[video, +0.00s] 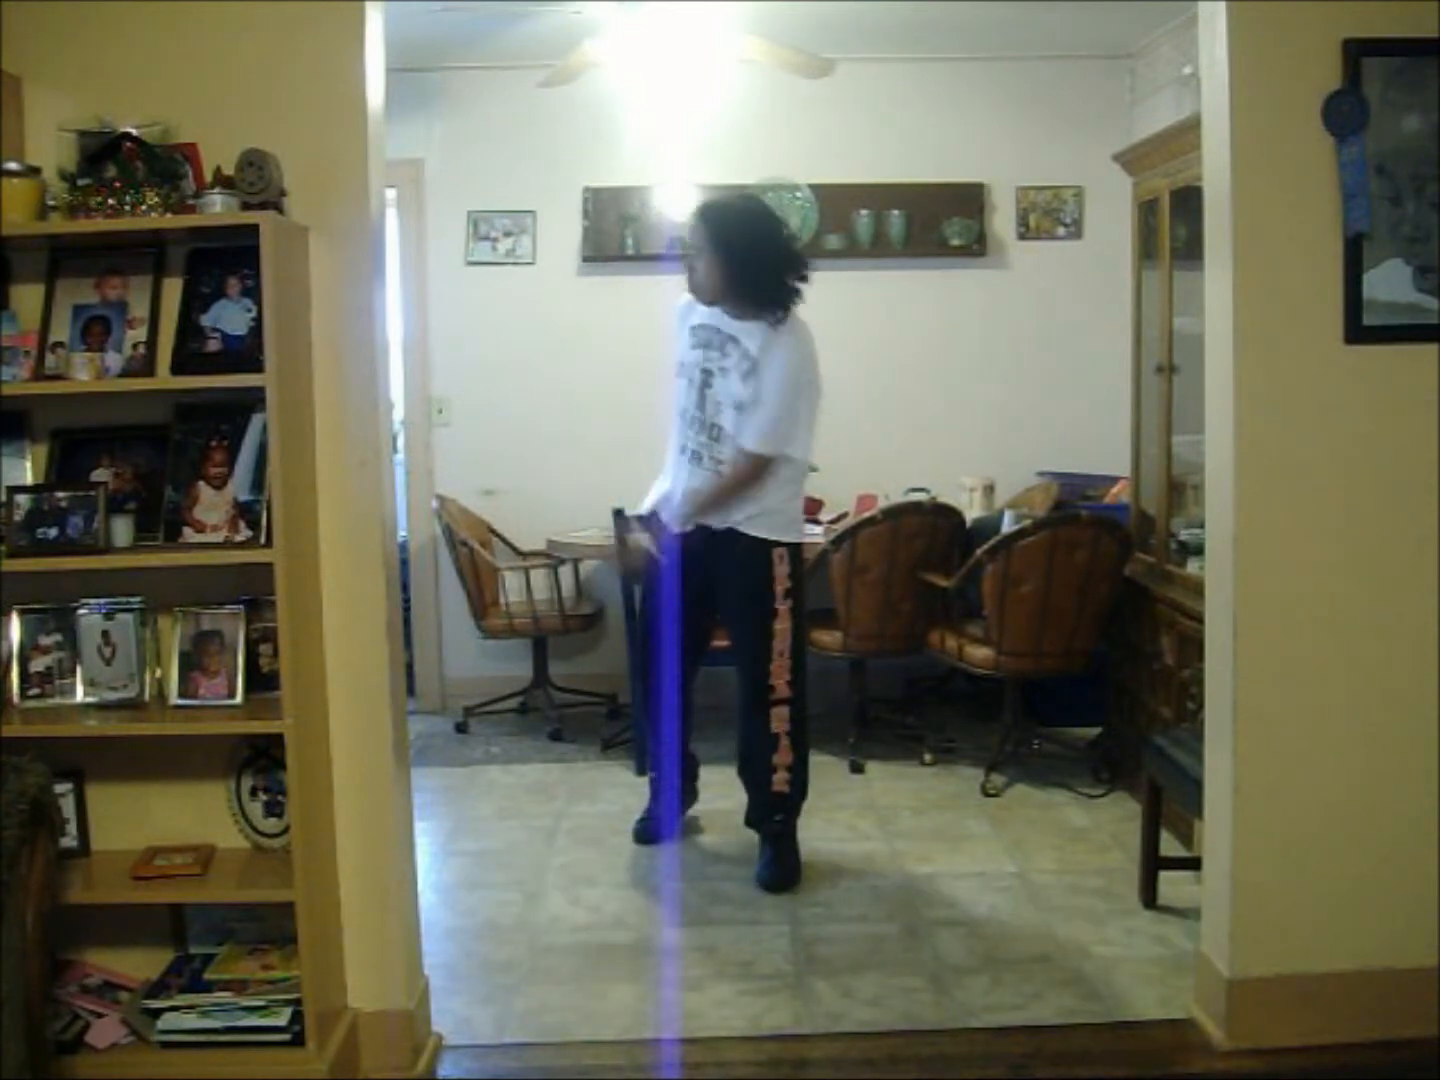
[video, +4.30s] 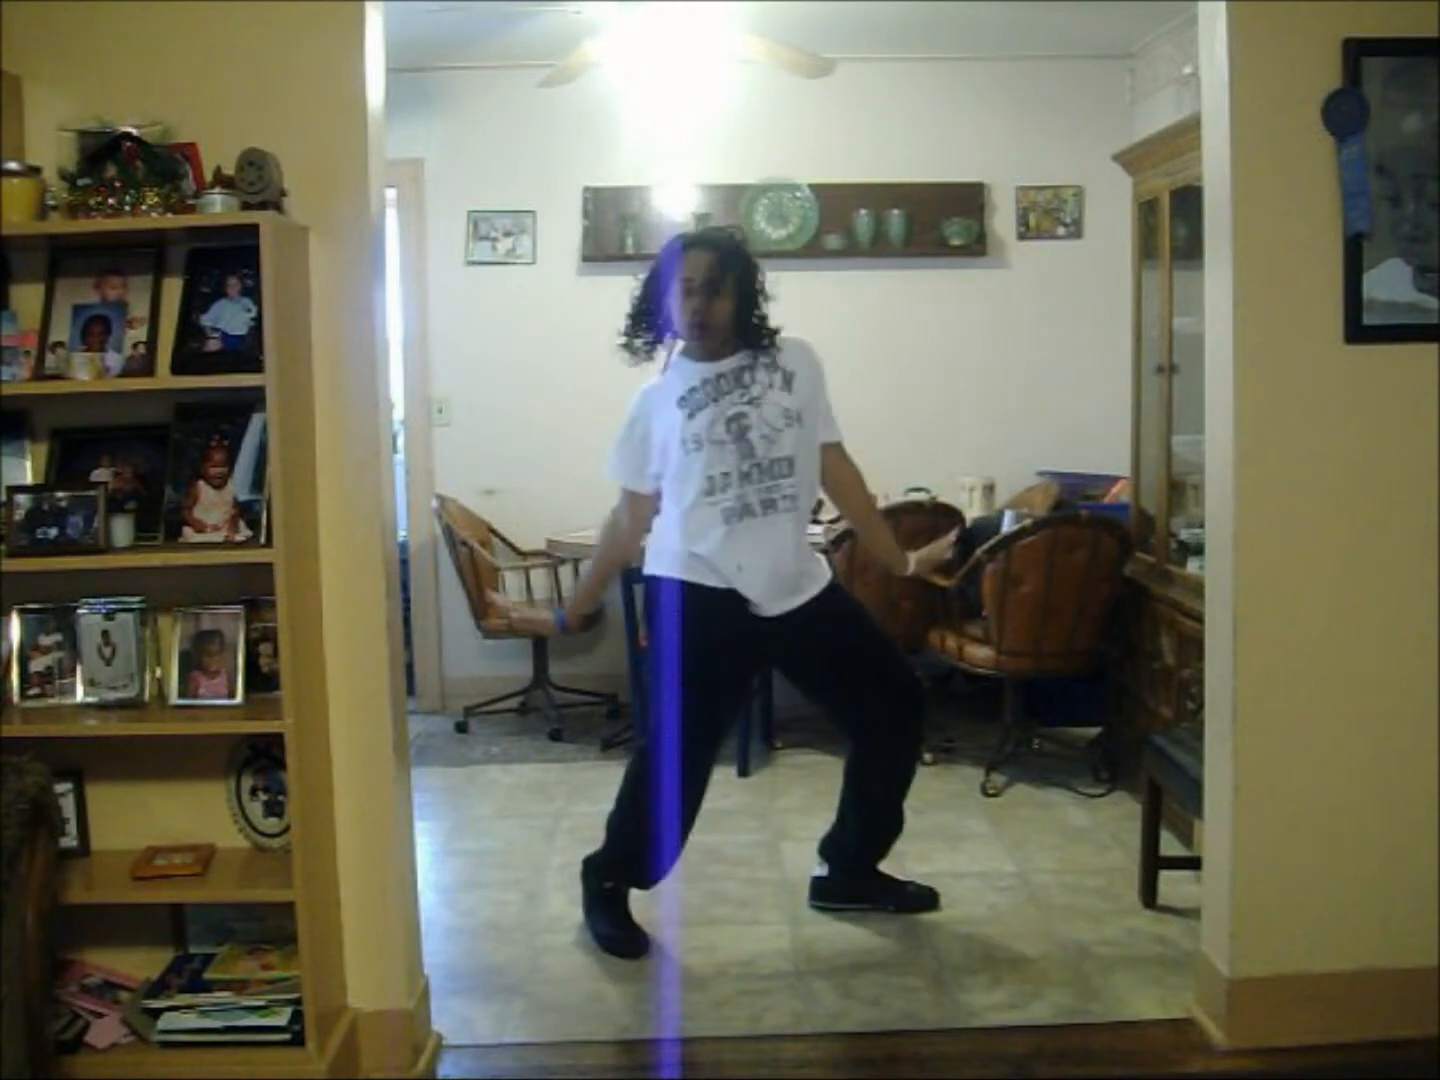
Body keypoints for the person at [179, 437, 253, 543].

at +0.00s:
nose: (219, 472)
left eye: (224, 467)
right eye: (214, 466)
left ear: (230, 469)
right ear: (203, 468)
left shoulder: (231, 488)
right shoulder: (199, 488)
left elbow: (236, 508)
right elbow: (186, 511)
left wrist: (234, 523)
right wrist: (199, 526)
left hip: (225, 533)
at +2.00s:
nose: (219, 472)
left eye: (224, 467)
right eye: (214, 466)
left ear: (230, 469)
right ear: (203, 468)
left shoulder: (231, 488)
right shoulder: (199, 488)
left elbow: (236, 509)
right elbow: (186, 510)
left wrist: (234, 523)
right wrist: (198, 525)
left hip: (225, 534)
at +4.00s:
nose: (219, 472)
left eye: (224, 467)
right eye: (213, 466)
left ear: (230, 469)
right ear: (203, 468)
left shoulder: (231, 488)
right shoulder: (199, 488)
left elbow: (236, 509)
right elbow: (187, 510)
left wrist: (234, 524)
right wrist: (198, 525)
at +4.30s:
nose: (219, 472)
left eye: (224, 466)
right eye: (214, 466)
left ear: (230, 469)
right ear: (203, 468)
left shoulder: (231, 487)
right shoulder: (199, 487)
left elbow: (236, 508)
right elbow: (186, 511)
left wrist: (233, 523)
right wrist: (201, 526)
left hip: (225, 526)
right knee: (187, 532)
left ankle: (232, 534)